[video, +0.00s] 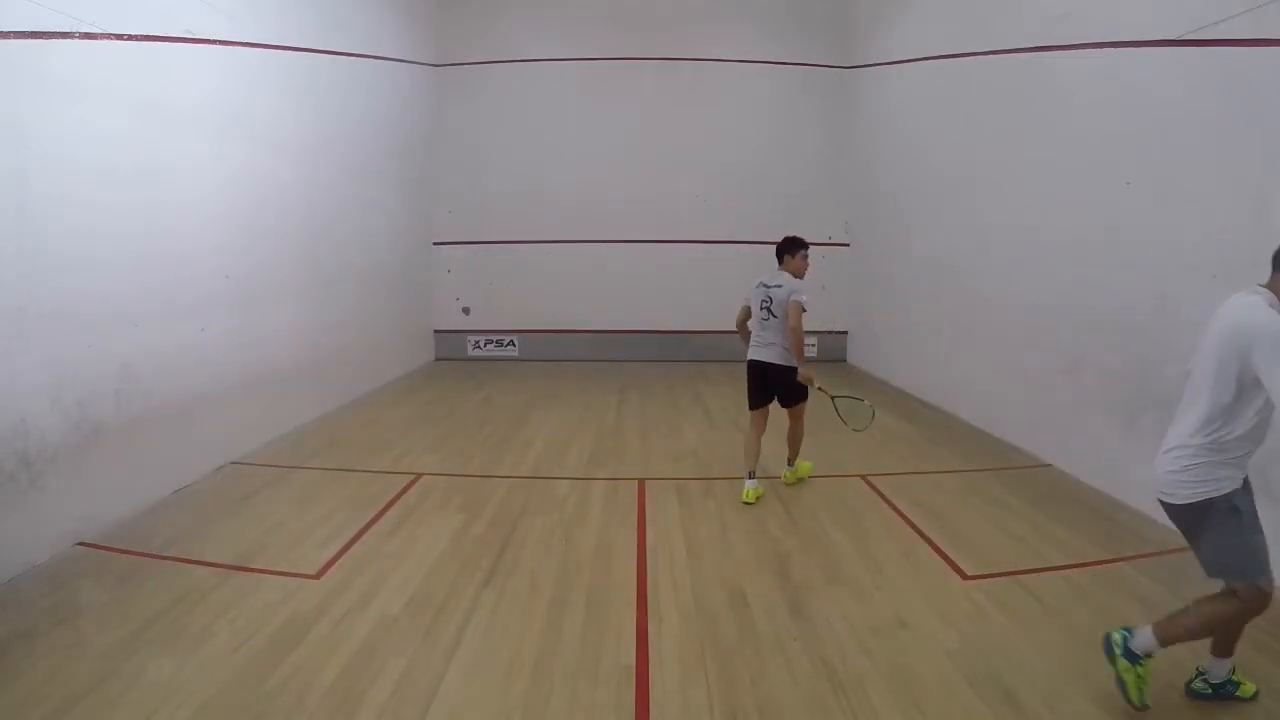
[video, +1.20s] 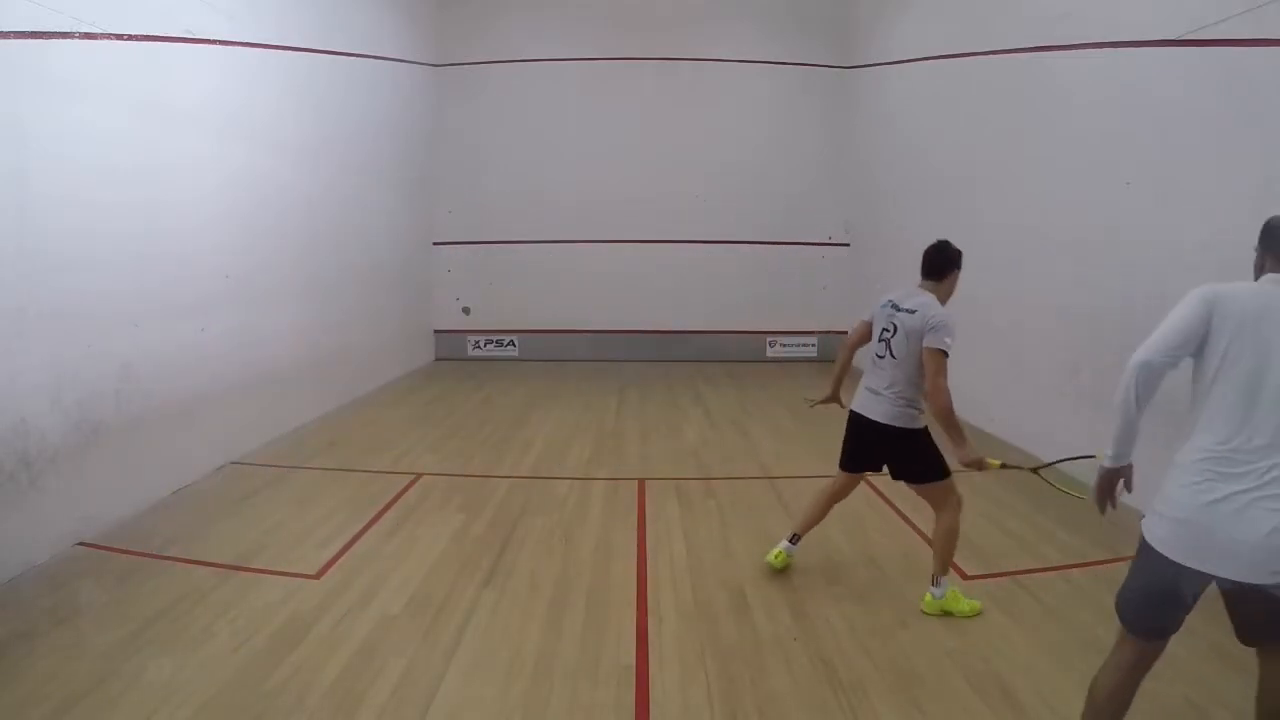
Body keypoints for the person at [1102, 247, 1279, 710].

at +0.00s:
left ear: (1271, 270)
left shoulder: (1244, 308)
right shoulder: (1262, 322)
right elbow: (1275, 390)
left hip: (1216, 472)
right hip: (1202, 480)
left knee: (1247, 576)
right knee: (1254, 595)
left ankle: (1216, 675)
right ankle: (1134, 645)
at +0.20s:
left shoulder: (1271, 332)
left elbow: (1232, 370)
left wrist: (1226, 393)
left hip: (1210, 464)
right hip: (1247, 470)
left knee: (1248, 572)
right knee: (1271, 589)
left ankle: (1214, 675)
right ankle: (1269, 711)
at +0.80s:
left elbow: (1276, 339)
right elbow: (1278, 339)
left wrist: (1238, 372)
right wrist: (1239, 372)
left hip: (1271, 496)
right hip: (1271, 498)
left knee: (1249, 591)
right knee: (1248, 592)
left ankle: (1182, 701)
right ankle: (1183, 700)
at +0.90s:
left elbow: (1273, 350)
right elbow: (1273, 349)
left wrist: (1223, 408)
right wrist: (1223, 409)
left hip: (1271, 499)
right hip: (1270, 500)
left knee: (1226, 600)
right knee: (1227, 600)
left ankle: (1151, 710)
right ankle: (1151, 709)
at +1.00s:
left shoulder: (1279, 318)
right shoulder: (1278, 320)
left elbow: (1258, 364)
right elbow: (1257, 366)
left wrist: (1191, 454)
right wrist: (1192, 454)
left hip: (1265, 511)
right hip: (1265, 511)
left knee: (1188, 627)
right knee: (1189, 626)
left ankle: (1122, 714)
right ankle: (1123, 713)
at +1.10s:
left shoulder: (1253, 315)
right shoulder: (1253, 316)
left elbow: (1197, 376)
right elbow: (1197, 376)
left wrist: (1155, 470)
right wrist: (1156, 471)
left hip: (1225, 531)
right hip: (1275, 546)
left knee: (1151, 651)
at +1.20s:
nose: (1257, 266)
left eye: (1257, 257)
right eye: (1261, 258)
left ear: (1262, 257)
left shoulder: (1218, 301)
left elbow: (1145, 362)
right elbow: (1145, 365)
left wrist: (1118, 456)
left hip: (1188, 520)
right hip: (1268, 539)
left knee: (1131, 654)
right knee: (1273, 661)